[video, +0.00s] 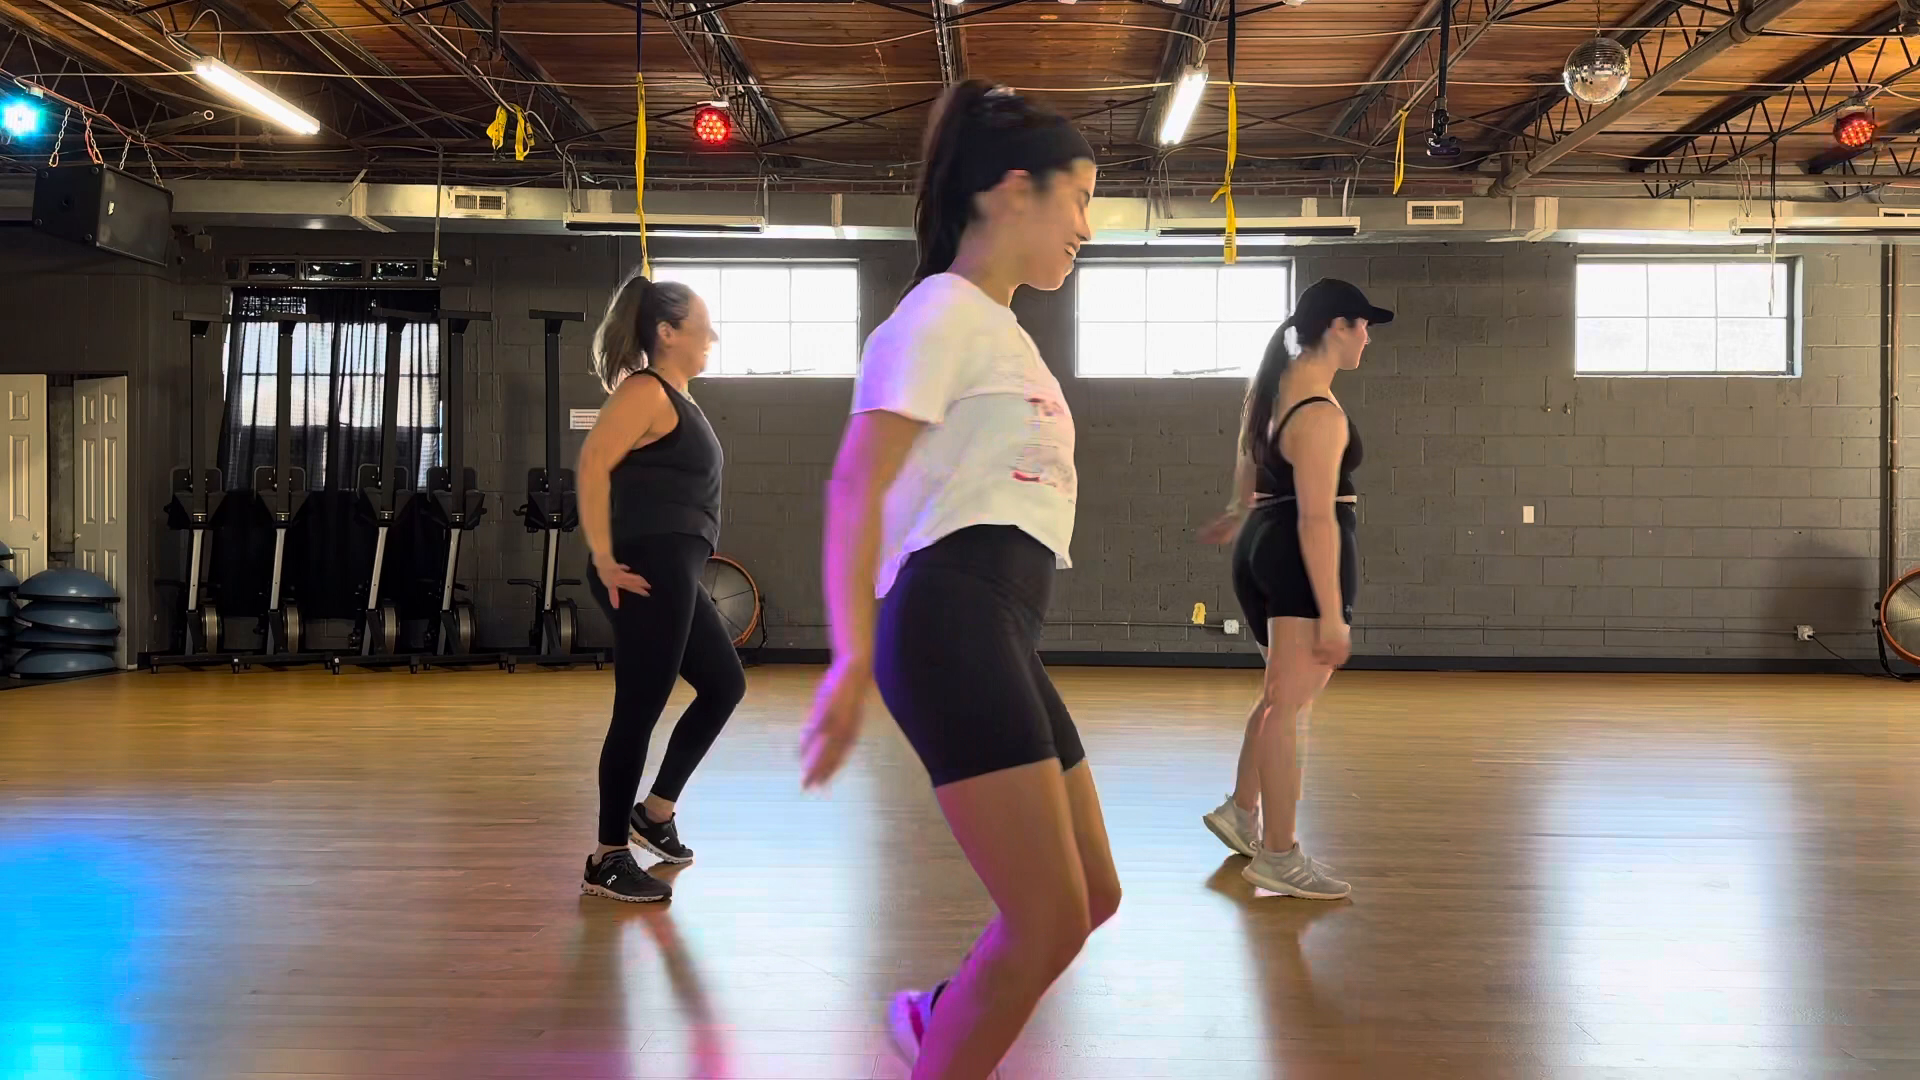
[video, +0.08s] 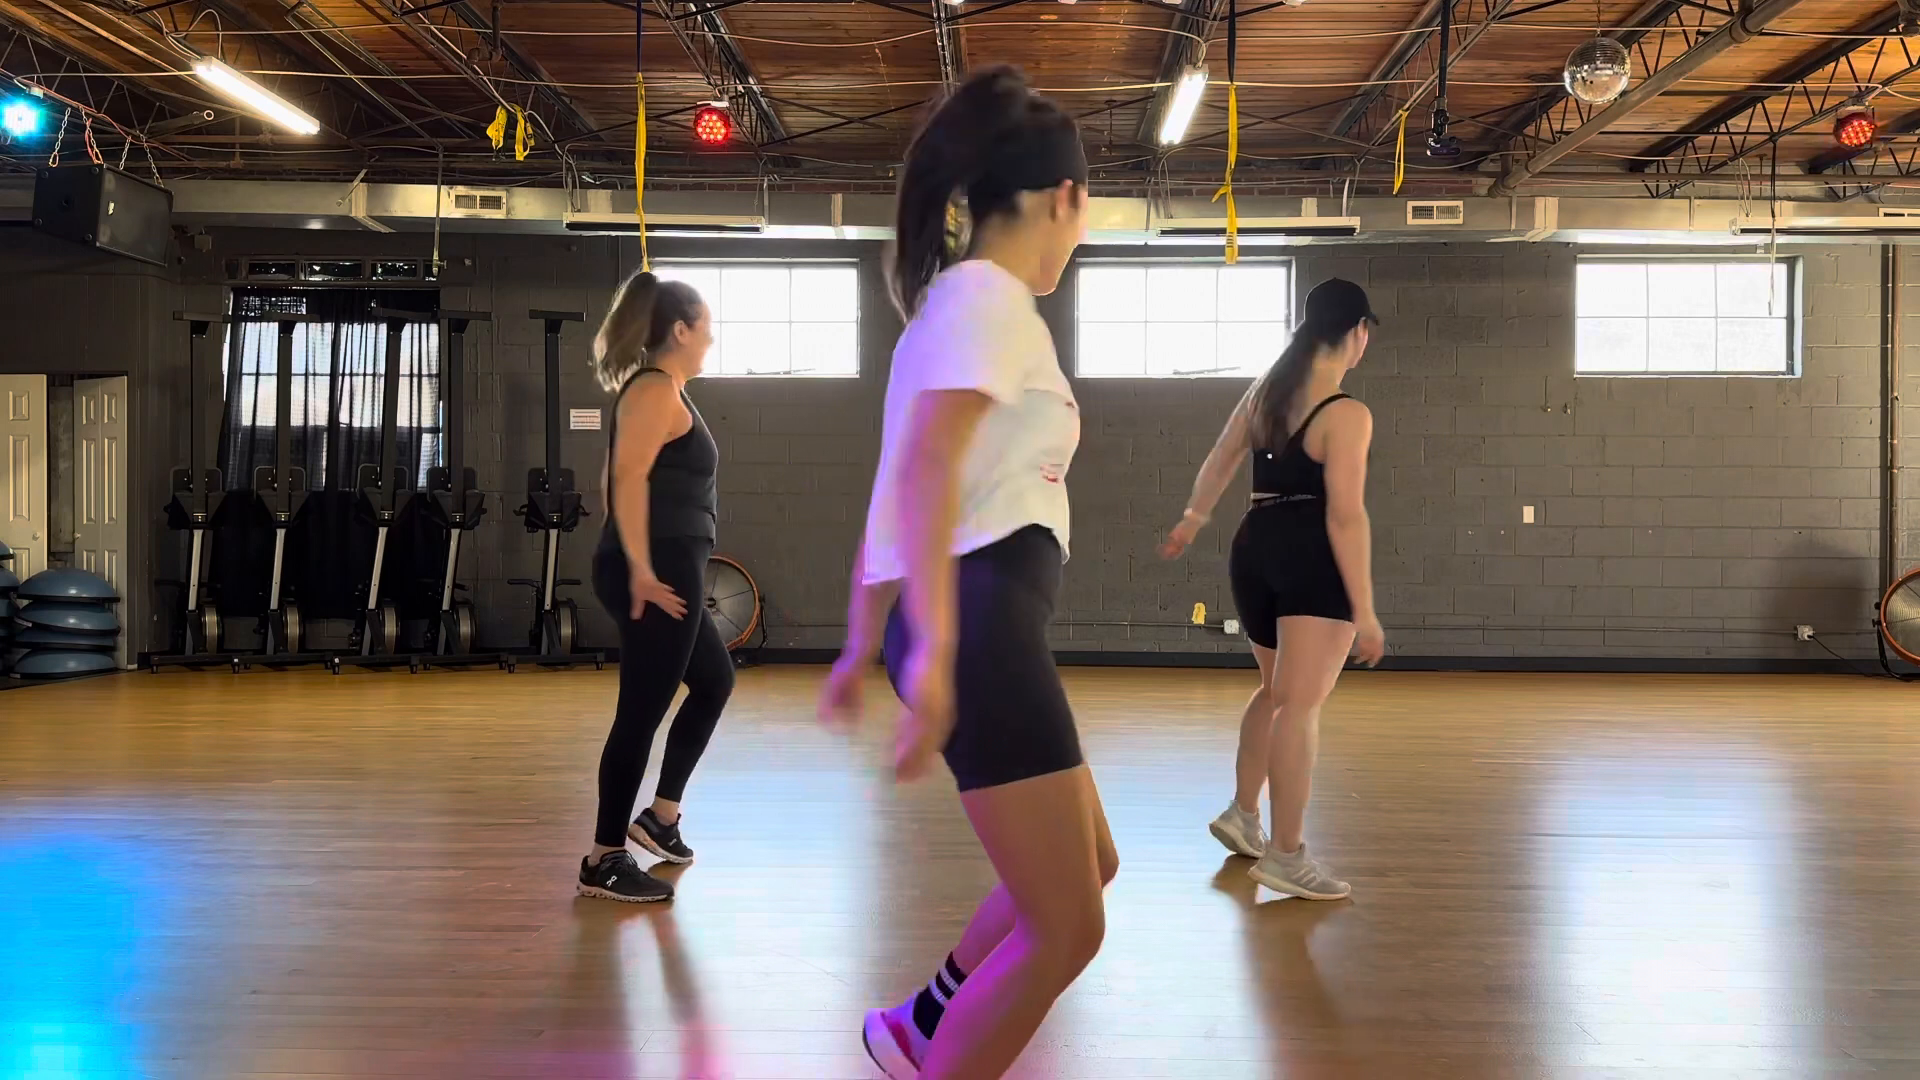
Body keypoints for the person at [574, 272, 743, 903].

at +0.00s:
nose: (713, 337)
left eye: (711, 326)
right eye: (704, 327)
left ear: (671, 334)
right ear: (668, 332)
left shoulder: (671, 395)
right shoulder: (646, 389)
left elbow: (651, 488)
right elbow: (592, 463)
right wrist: (603, 559)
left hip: (675, 570)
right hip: (650, 570)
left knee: (724, 686)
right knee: (637, 710)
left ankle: (657, 808)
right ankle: (609, 854)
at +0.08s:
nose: (711, 338)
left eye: (710, 327)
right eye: (706, 327)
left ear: (670, 331)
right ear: (678, 330)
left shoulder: (654, 389)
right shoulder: (656, 389)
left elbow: (620, 481)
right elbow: (628, 477)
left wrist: (673, 564)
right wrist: (641, 566)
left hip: (660, 564)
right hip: (658, 567)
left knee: (714, 681)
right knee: (639, 714)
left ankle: (663, 811)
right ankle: (605, 855)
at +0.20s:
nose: (708, 341)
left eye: (707, 329)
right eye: (705, 329)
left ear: (640, 329)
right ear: (686, 329)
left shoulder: (611, 396)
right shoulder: (682, 388)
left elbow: (584, 488)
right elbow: (681, 480)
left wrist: (584, 570)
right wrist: (710, 567)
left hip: (615, 569)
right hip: (667, 567)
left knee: (690, 678)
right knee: (643, 711)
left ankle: (669, 810)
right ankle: (600, 859)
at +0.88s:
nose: (673, 321)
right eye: (671, 310)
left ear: (615, 324)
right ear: (672, 318)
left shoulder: (590, 388)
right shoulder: (709, 381)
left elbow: (532, 455)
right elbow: (750, 465)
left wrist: (531, 533)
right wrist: (765, 540)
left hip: (619, 561)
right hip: (698, 559)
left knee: (640, 694)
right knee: (698, 694)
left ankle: (664, 825)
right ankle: (651, 802)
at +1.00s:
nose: (665, 330)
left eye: (617, 325)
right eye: (666, 321)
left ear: (611, 332)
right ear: (668, 327)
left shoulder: (587, 405)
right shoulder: (709, 392)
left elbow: (561, 493)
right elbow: (740, 476)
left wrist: (529, 569)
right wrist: (754, 552)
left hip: (620, 570)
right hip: (699, 563)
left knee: (646, 700)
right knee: (714, 677)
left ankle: (668, 829)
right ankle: (687, 723)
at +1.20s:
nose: (670, 333)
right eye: (670, 325)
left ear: (612, 333)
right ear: (669, 330)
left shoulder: (584, 410)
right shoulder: (705, 392)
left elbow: (590, 502)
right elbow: (734, 472)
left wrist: (620, 540)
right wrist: (735, 550)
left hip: (623, 564)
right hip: (695, 557)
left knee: (645, 696)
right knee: (688, 644)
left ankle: (667, 825)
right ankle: (697, 726)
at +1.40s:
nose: (674, 337)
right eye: (673, 328)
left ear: (619, 336)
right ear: (673, 334)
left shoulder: (584, 409)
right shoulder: (702, 397)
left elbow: (590, 498)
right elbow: (723, 477)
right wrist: (728, 554)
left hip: (620, 567)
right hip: (692, 563)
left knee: (642, 695)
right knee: (672, 680)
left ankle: (669, 822)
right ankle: (643, 792)